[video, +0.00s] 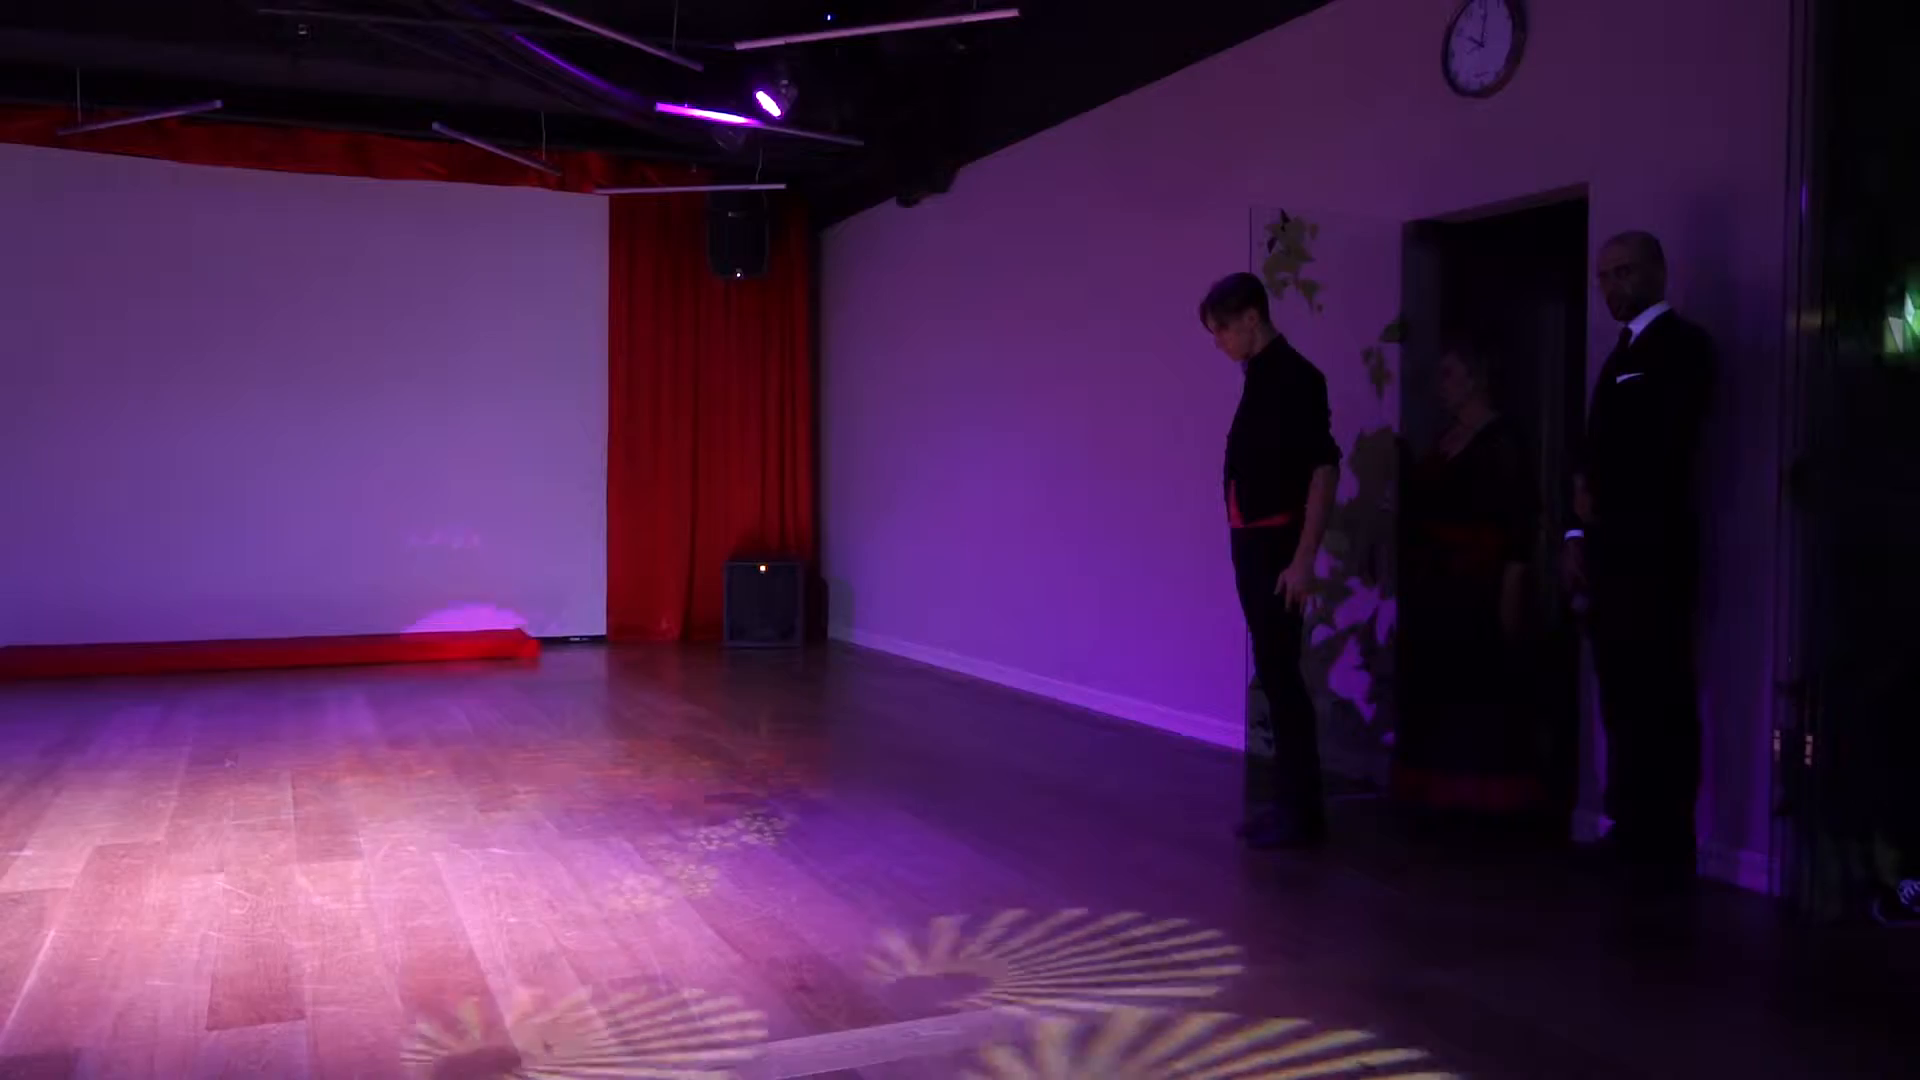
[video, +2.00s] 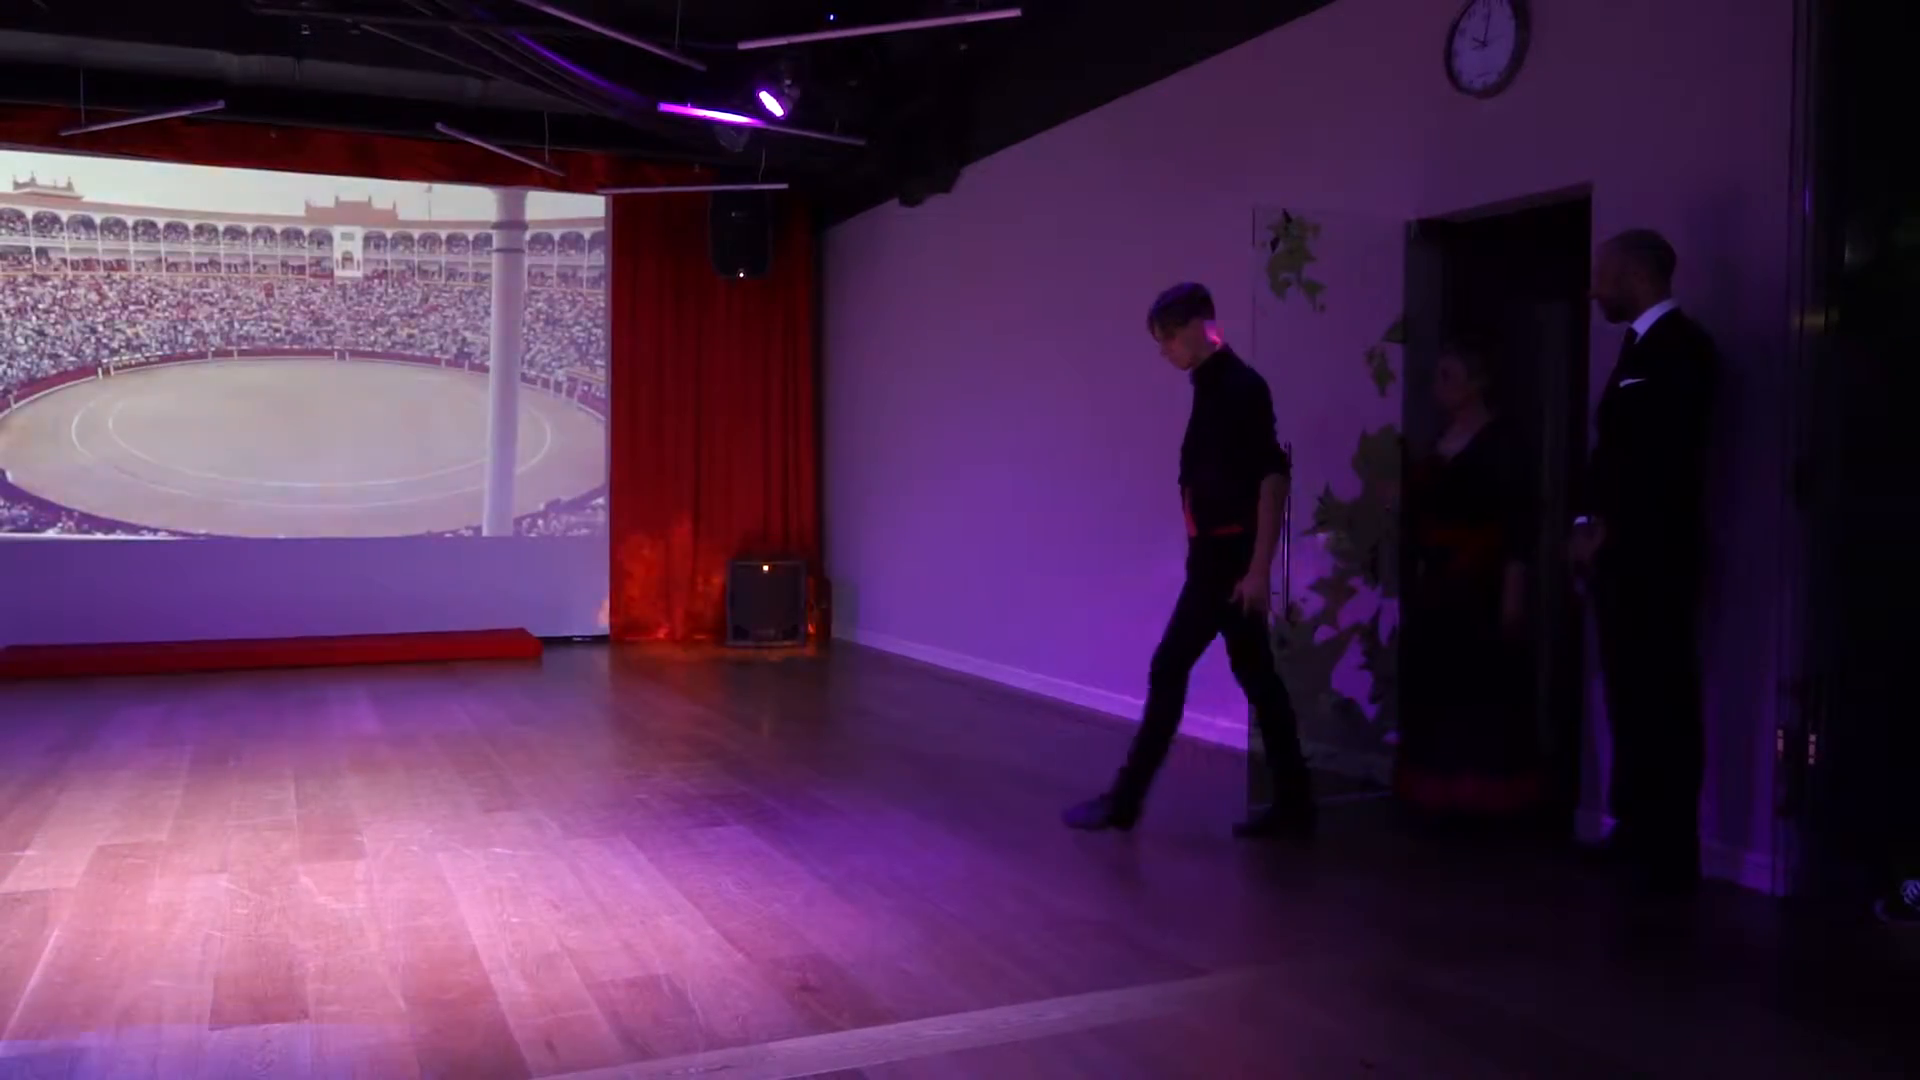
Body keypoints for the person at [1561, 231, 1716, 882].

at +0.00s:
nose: (1610, 286)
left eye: (1622, 273)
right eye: (1604, 276)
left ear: (1654, 275)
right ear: (1605, 283)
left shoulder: (1680, 347)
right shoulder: (1624, 354)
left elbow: (1658, 457)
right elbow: (1594, 453)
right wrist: (1579, 532)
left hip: (1660, 548)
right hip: (1622, 548)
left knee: (1657, 696)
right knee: (1628, 697)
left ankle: (1662, 840)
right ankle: (1632, 832)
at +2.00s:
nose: (1599, 287)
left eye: (1607, 272)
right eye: (1601, 273)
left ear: (1639, 276)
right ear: (1649, 275)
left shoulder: (1673, 351)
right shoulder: (1644, 347)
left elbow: (1646, 461)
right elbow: (1616, 453)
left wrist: (1603, 527)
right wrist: (1589, 518)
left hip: (1657, 558)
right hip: (1635, 555)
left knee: (1655, 704)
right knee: (1640, 703)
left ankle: (1661, 852)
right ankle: (1641, 844)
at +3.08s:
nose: (1605, 286)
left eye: (1613, 274)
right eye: (1607, 273)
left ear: (1643, 278)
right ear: (1656, 277)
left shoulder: (1684, 354)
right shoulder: (1652, 350)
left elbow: (1659, 465)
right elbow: (1627, 453)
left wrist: (1606, 522)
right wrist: (1587, 507)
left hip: (1665, 556)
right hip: (1637, 554)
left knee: (1658, 698)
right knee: (1634, 696)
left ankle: (1662, 850)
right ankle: (1636, 842)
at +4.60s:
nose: (1430, 302)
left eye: (1438, 288)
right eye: (1430, 291)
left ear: (1469, 288)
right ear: (1461, 291)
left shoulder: (1524, 349)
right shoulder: (1477, 358)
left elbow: (1541, 450)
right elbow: (1421, 433)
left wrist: (1531, 534)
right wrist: (1336, 450)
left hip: (1523, 552)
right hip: (1486, 547)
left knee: (1524, 687)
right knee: (1493, 684)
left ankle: (1528, 831)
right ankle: (1495, 821)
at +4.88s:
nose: (1433, 305)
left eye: (1439, 290)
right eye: (1433, 292)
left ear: (1464, 288)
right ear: (1468, 286)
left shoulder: (1511, 351)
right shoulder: (1479, 352)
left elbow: (1513, 455)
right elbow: (1459, 451)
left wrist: (1511, 539)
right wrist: (1369, 456)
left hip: (1518, 558)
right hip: (1493, 555)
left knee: (1510, 695)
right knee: (1494, 693)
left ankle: (1521, 835)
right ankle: (1499, 828)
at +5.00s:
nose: (1440, 302)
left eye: (1445, 290)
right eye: (1441, 291)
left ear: (1466, 290)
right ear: (1482, 288)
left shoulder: (1508, 352)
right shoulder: (1487, 352)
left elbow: (1510, 459)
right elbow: (1475, 457)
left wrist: (1501, 540)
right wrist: (1393, 457)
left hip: (1510, 557)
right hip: (1492, 551)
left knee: (1507, 691)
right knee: (1498, 689)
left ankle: (1515, 828)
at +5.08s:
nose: (1445, 302)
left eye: (1449, 290)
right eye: (1447, 291)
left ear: (1465, 289)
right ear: (1488, 287)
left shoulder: (1511, 351)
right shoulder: (1491, 349)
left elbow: (1513, 460)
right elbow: (1483, 456)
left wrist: (1498, 546)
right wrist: (1414, 460)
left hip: (1515, 557)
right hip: (1494, 553)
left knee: (1507, 692)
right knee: (1495, 690)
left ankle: (1512, 829)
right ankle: (1496, 824)